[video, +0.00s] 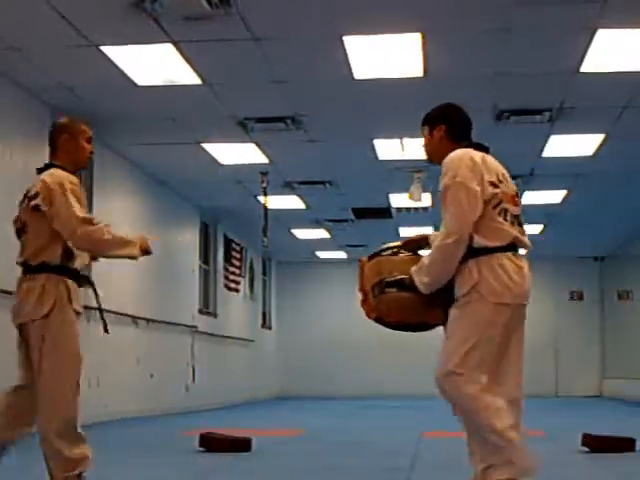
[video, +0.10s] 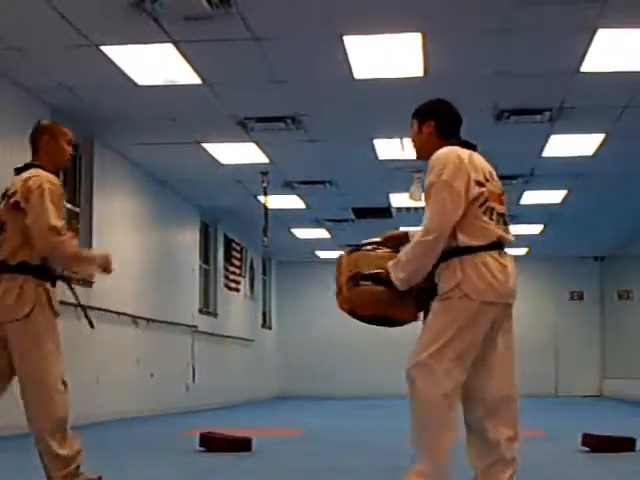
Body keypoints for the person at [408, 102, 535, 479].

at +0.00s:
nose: (424, 144)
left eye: (426, 135)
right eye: (424, 136)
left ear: (441, 132)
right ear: (459, 133)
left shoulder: (459, 161)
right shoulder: (488, 164)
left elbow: (456, 230)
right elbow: (481, 231)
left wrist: (423, 276)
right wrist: (427, 239)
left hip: (488, 276)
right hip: (513, 274)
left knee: (454, 374)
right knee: (501, 381)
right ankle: (495, 469)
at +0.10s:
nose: (411, 139)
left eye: (413, 130)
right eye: (411, 131)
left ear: (430, 128)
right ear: (447, 129)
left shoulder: (448, 159)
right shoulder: (477, 162)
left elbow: (436, 230)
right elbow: (465, 229)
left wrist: (399, 272)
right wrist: (411, 236)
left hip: (470, 280)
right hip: (497, 279)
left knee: (429, 372)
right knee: (490, 385)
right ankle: (497, 471)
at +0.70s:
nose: (309, 141)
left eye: (311, 132)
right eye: (307, 133)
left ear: (331, 129)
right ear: (344, 129)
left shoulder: (350, 167)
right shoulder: (386, 157)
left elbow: (334, 243)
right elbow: (368, 220)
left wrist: (297, 286)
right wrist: (317, 234)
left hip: (390, 280)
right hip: (428, 270)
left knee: (370, 380)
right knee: (444, 379)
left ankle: (364, 472)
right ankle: (480, 470)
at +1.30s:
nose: (383, 148)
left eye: (383, 138)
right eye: (380, 141)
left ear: (402, 130)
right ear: (410, 131)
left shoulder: (426, 158)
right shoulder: (445, 160)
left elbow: (419, 223)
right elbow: (433, 231)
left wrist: (380, 217)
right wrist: (387, 233)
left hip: (444, 277)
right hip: (469, 275)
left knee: (401, 383)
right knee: (474, 389)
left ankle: (369, 472)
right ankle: (522, 473)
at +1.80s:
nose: (475, 163)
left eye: (472, 153)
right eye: (470, 156)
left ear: (490, 138)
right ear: (500, 137)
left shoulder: (519, 167)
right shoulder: (551, 161)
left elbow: (522, 243)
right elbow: (545, 220)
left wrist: (492, 284)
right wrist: (493, 218)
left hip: (562, 282)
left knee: (609, 385)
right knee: (532, 389)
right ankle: (524, 472)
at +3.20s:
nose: (387, 133)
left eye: (390, 124)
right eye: (387, 125)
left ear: (409, 123)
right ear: (424, 125)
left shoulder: (422, 160)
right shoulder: (455, 162)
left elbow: (401, 232)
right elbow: (429, 223)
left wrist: (353, 267)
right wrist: (375, 223)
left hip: (436, 285)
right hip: (463, 282)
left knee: (392, 380)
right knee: (475, 393)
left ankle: (348, 468)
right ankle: (497, 472)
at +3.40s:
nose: (339, 134)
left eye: (342, 124)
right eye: (340, 125)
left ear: (358, 123)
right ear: (380, 125)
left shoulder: (372, 162)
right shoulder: (413, 162)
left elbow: (351, 236)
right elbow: (388, 225)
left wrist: (310, 274)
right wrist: (336, 234)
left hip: (391, 281)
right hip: (428, 277)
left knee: (357, 380)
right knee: (445, 391)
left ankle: (345, 470)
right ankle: (485, 472)